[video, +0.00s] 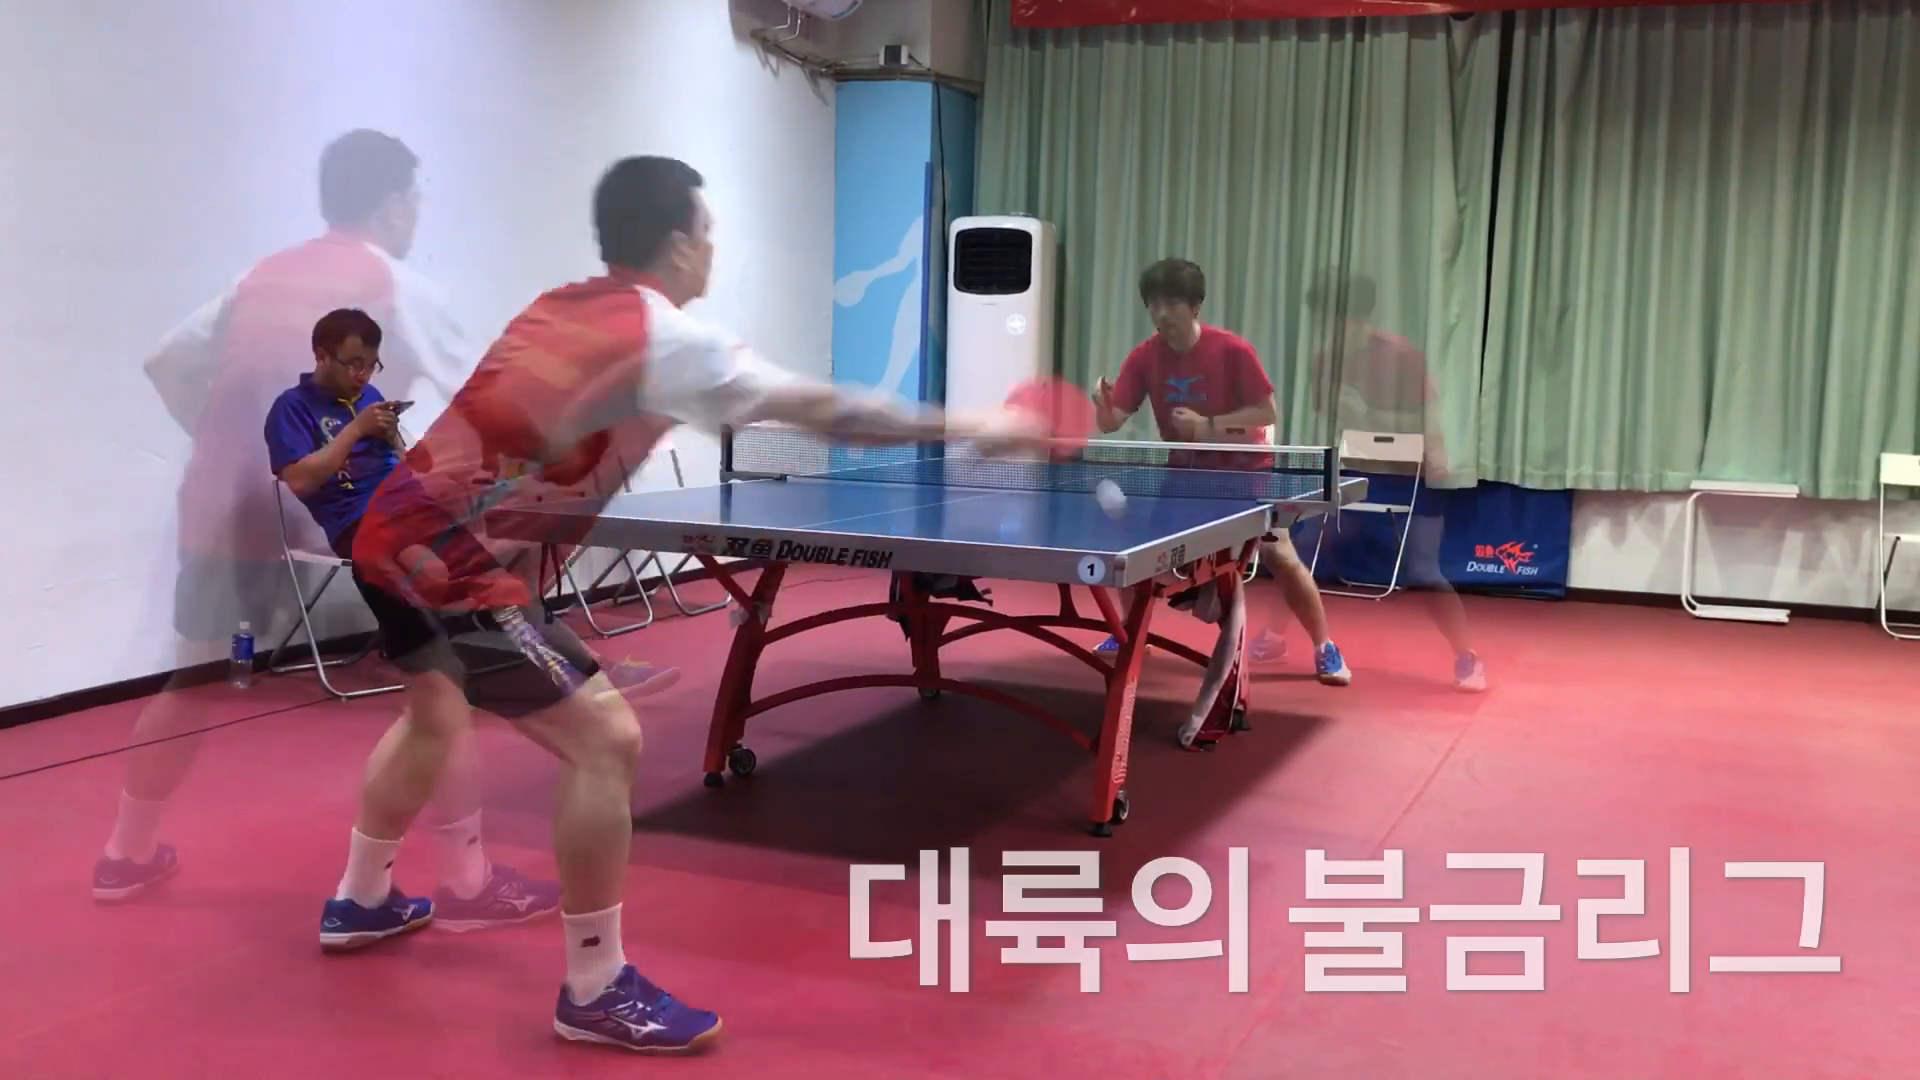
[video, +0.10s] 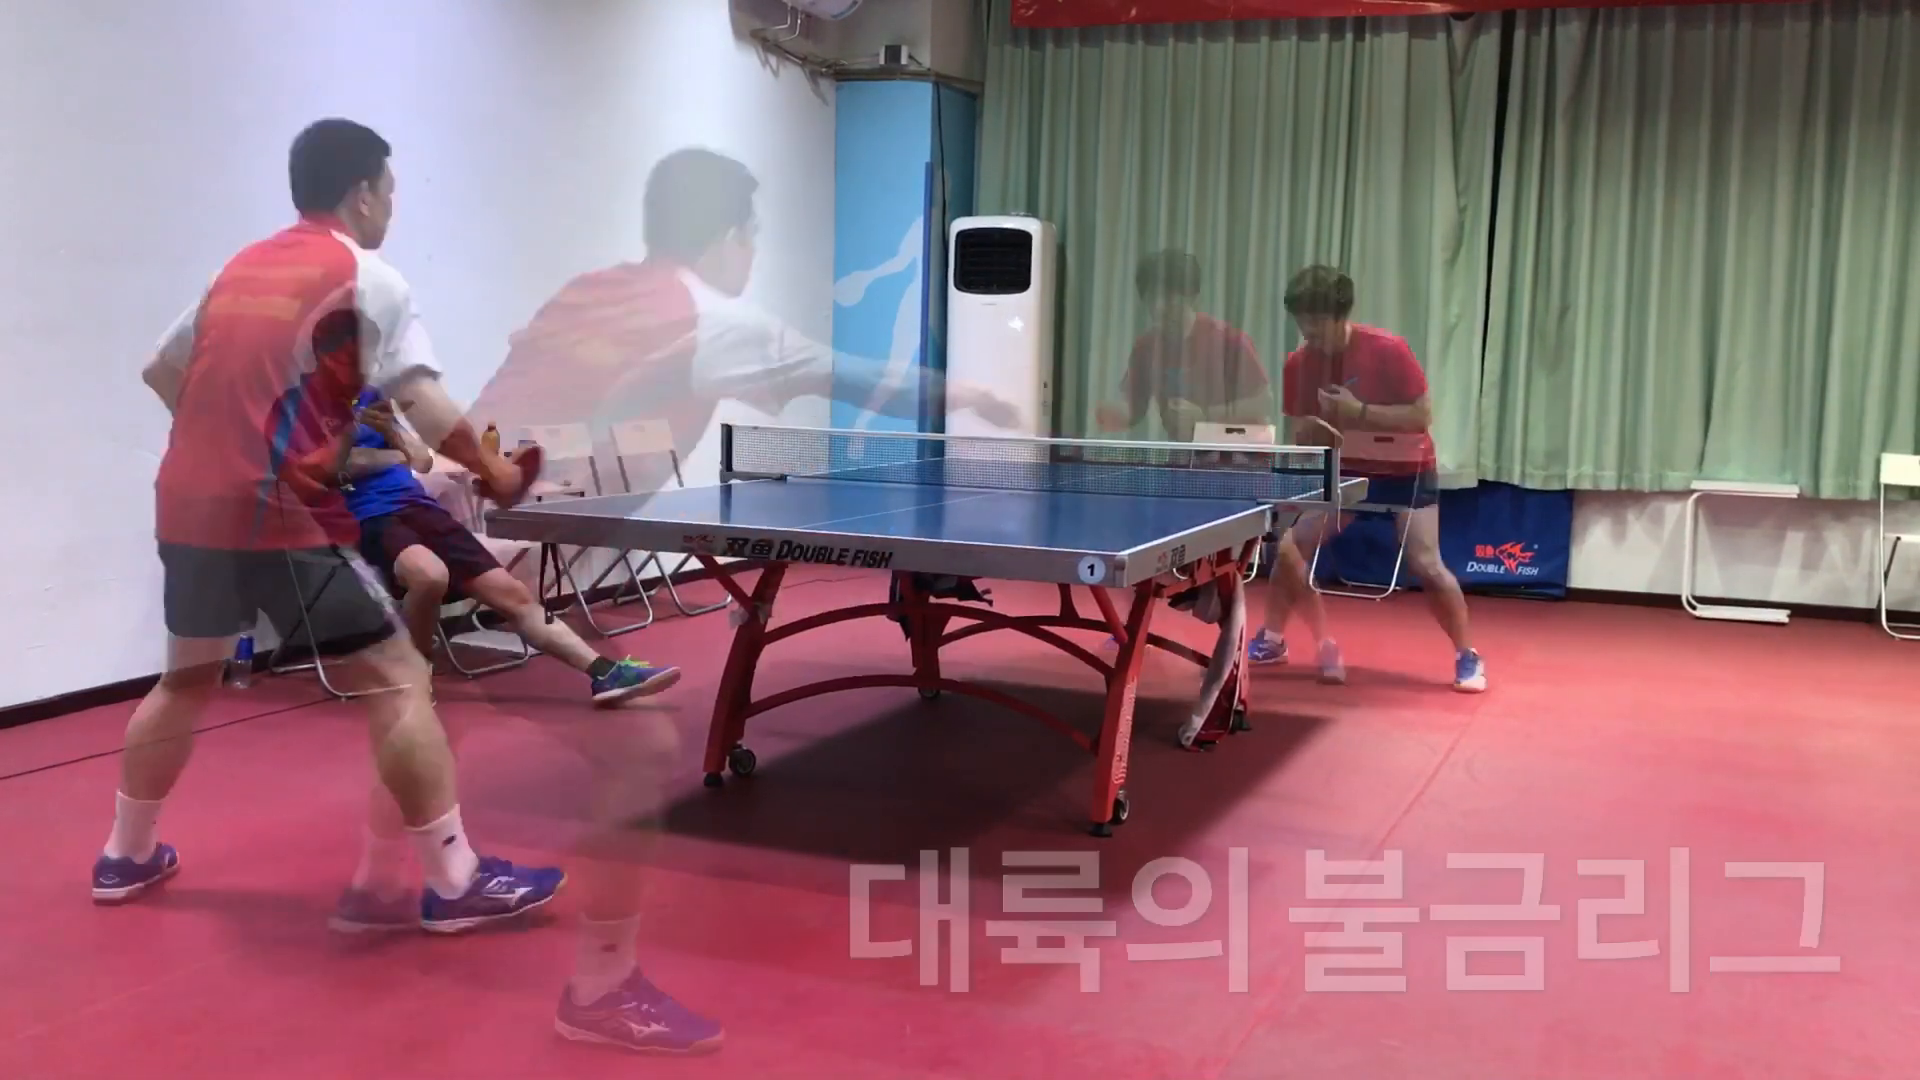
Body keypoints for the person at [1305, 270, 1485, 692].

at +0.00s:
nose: (1334, 328)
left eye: (1341, 317)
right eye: (1327, 317)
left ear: (1361, 312)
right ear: (1323, 317)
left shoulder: (1404, 358)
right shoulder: (1324, 363)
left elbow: (1429, 419)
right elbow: (1321, 422)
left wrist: (1434, 457)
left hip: (1409, 477)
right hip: (1348, 474)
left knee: (1421, 571)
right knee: (1301, 553)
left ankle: (1466, 657)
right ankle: (1272, 638)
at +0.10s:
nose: (1309, 331)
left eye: (1316, 321)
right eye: (1302, 322)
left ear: (1341, 314)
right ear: (1297, 318)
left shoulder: (1390, 352)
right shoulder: (1300, 365)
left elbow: (1421, 418)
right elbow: (1302, 438)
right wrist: (1323, 426)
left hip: (1408, 477)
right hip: (1347, 475)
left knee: (1425, 564)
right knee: (1289, 547)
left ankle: (1466, 655)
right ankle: (1271, 638)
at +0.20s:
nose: (1300, 324)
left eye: (1308, 316)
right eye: (1294, 316)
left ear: (1334, 309)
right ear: (1290, 312)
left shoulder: (1381, 342)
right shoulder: (1285, 358)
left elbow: (1419, 401)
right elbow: (1277, 426)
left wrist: (1360, 402)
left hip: (1401, 464)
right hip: (1339, 467)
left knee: (1428, 554)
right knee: (1290, 544)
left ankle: (1467, 652)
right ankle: (1270, 640)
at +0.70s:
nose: (1329, 315)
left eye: (1338, 305)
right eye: (1323, 305)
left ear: (1367, 304)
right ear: (1317, 304)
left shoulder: (1407, 348)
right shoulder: (1323, 351)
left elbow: (1431, 418)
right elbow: (1326, 410)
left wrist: (1369, 403)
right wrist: (1318, 431)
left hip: (1422, 474)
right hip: (1363, 474)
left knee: (1439, 565)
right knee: (1304, 537)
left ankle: (1470, 656)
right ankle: (1287, 637)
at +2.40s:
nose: (1329, 336)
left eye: (1337, 327)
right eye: (1323, 328)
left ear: (1364, 319)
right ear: (1317, 325)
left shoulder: (1413, 349)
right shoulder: (1322, 375)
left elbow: (1442, 414)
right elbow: (1337, 438)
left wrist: (1378, 407)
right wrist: (1355, 430)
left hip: (1433, 467)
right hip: (1375, 473)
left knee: (1448, 557)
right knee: (1320, 541)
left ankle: (1476, 655)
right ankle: (1303, 639)